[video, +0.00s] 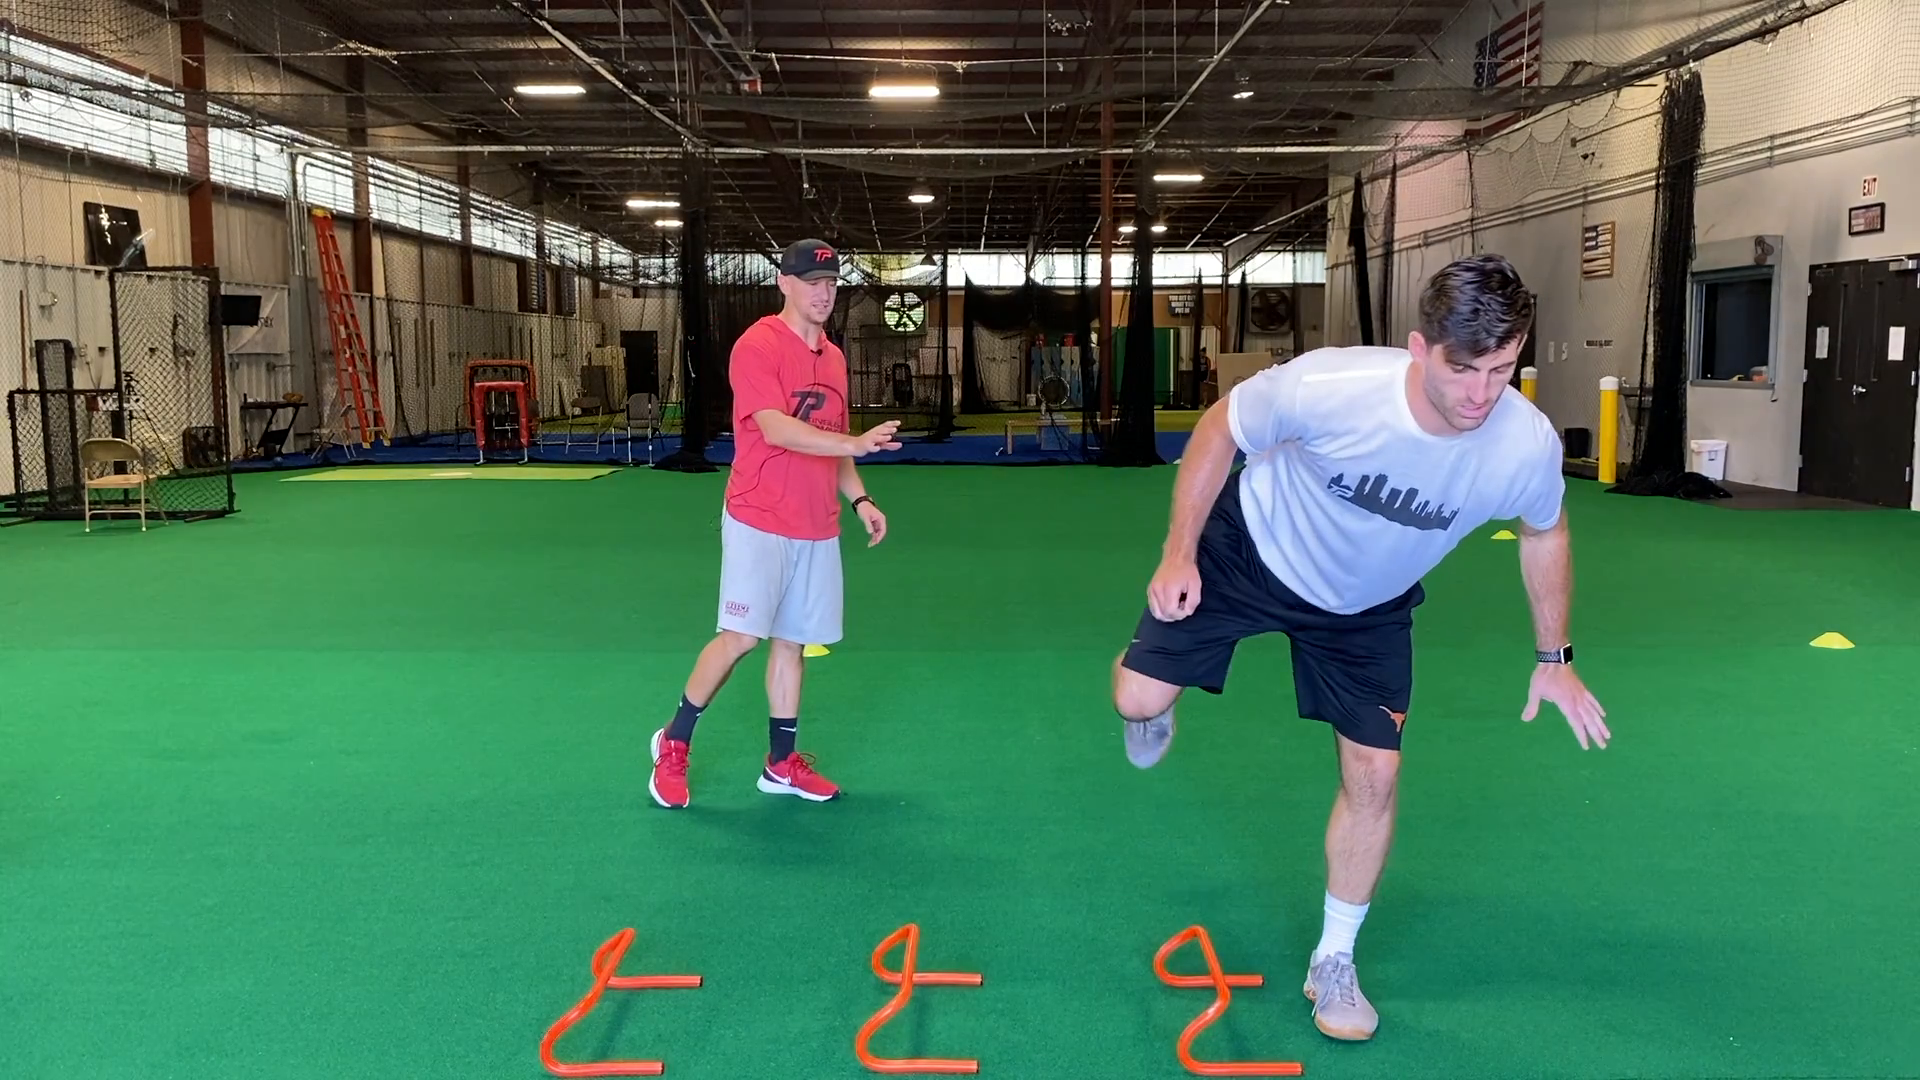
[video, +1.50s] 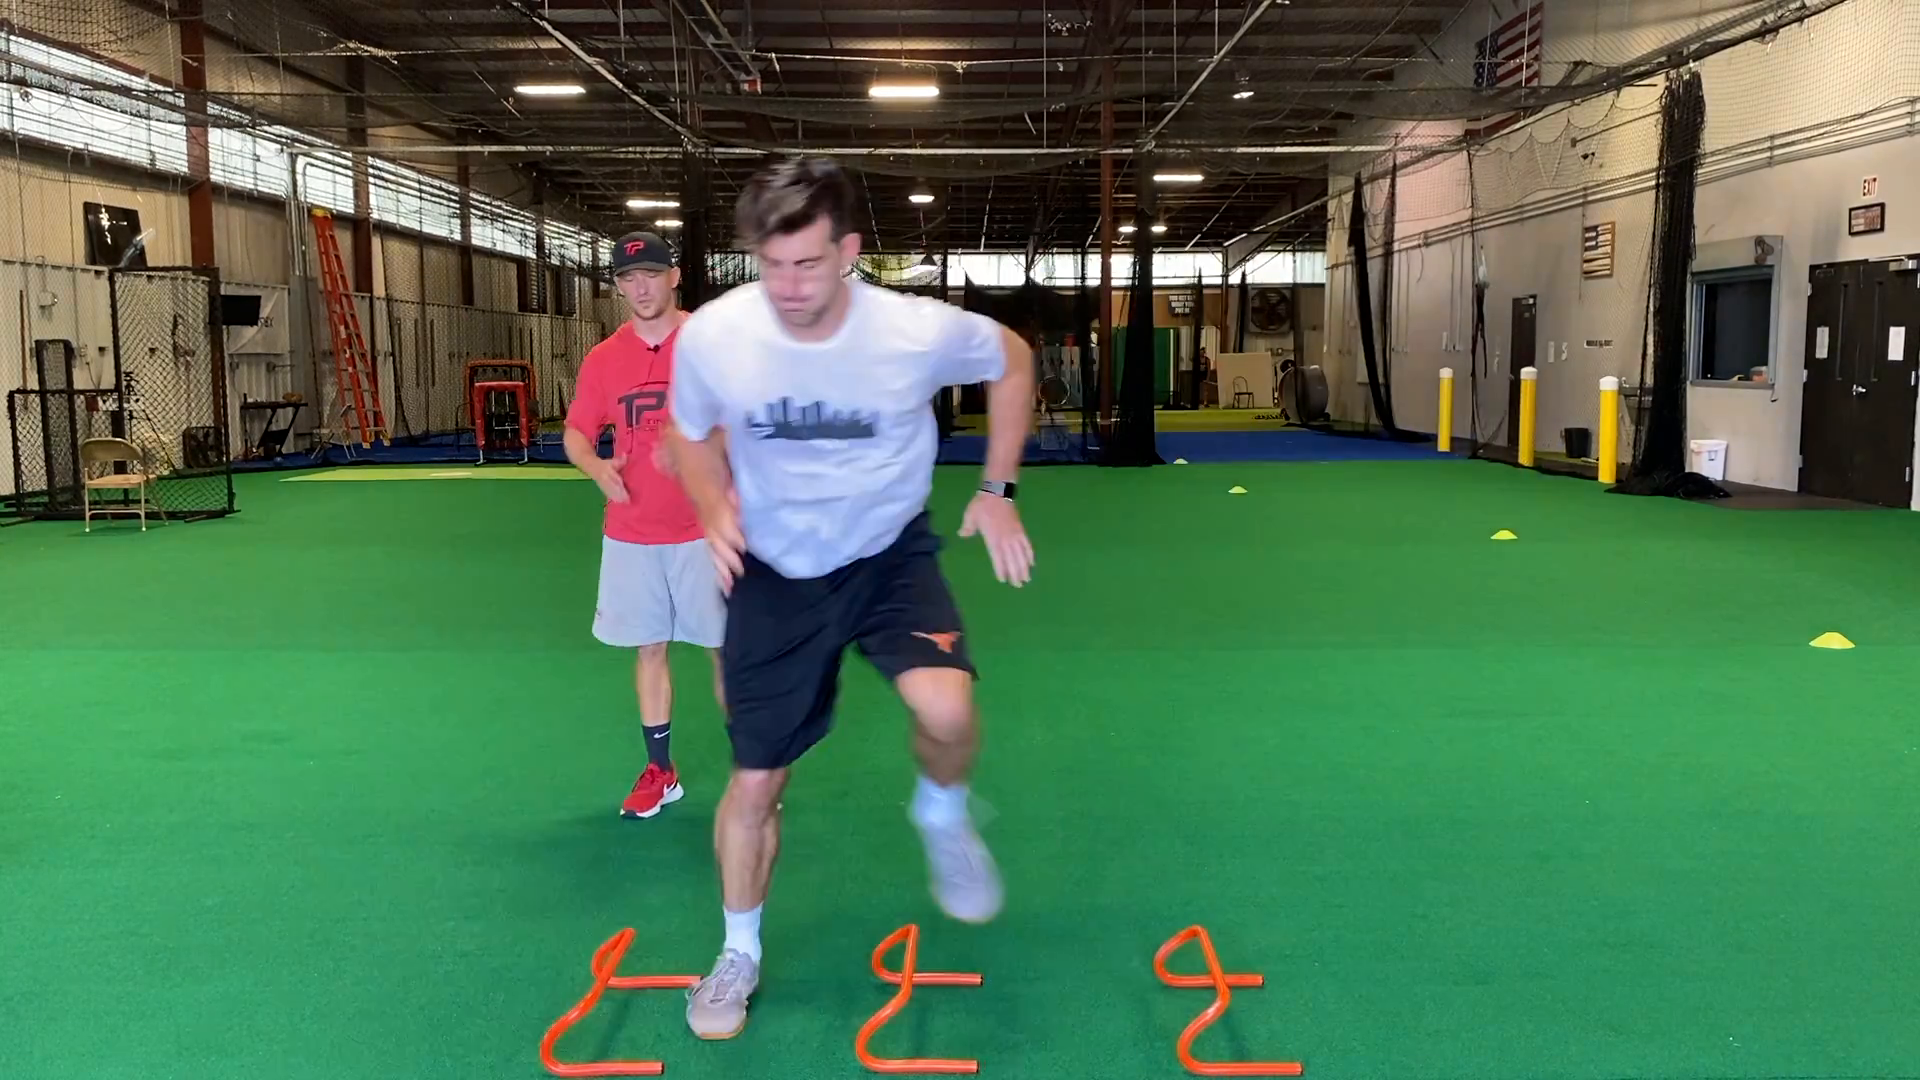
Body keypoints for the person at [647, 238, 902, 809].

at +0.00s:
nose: (825, 292)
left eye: (831, 282)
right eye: (813, 281)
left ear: (836, 288)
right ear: (784, 285)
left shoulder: (833, 357)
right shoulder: (757, 345)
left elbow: (834, 440)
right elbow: (774, 428)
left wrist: (860, 500)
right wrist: (852, 444)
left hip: (814, 523)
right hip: (758, 518)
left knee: (791, 639)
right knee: (742, 633)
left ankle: (782, 761)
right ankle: (674, 740)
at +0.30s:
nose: (822, 294)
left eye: (829, 285)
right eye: (811, 283)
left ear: (836, 290)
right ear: (783, 284)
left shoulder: (835, 360)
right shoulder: (752, 346)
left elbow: (837, 441)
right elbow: (759, 430)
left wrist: (855, 495)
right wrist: (840, 457)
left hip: (812, 524)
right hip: (754, 518)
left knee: (789, 639)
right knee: (740, 633)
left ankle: (782, 761)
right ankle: (676, 742)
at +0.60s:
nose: (808, 295)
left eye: (817, 286)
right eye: (798, 284)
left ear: (827, 291)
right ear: (774, 286)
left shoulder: (837, 365)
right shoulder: (737, 348)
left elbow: (844, 445)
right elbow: (723, 434)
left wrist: (883, 464)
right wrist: (759, 510)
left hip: (804, 528)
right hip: (737, 520)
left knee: (783, 643)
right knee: (717, 636)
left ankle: (781, 762)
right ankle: (676, 752)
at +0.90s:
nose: (766, 297)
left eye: (775, 286)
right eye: (754, 287)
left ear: (789, 288)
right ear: (735, 288)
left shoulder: (818, 360)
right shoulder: (701, 354)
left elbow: (846, 445)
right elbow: (668, 436)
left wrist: (862, 419)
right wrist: (647, 516)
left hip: (783, 534)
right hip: (708, 530)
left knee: (776, 646)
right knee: (690, 643)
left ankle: (781, 762)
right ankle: (667, 767)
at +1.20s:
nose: (682, 294)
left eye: (691, 281)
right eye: (670, 285)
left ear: (712, 279)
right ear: (659, 291)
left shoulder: (758, 352)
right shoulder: (645, 358)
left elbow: (792, 433)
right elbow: (626, 433)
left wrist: (774, 454)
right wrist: (636, 461)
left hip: (735, 531)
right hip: (660, 531)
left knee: (755, 644)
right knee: (661, 645)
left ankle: (780, 760)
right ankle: (661, 769)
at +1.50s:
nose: (641, 287)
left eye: (652, 275)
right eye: (630, 278)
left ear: (674, 277)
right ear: (619, 285)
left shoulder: (707, 344)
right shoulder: (604, 359)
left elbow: (740, 422)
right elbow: (574, 435)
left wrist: (704, 464)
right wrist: (597, 468)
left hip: (704, 525)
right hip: (633, 530)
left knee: (726, 648)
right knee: (649, 647)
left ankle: (753, 769)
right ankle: (660, 768)